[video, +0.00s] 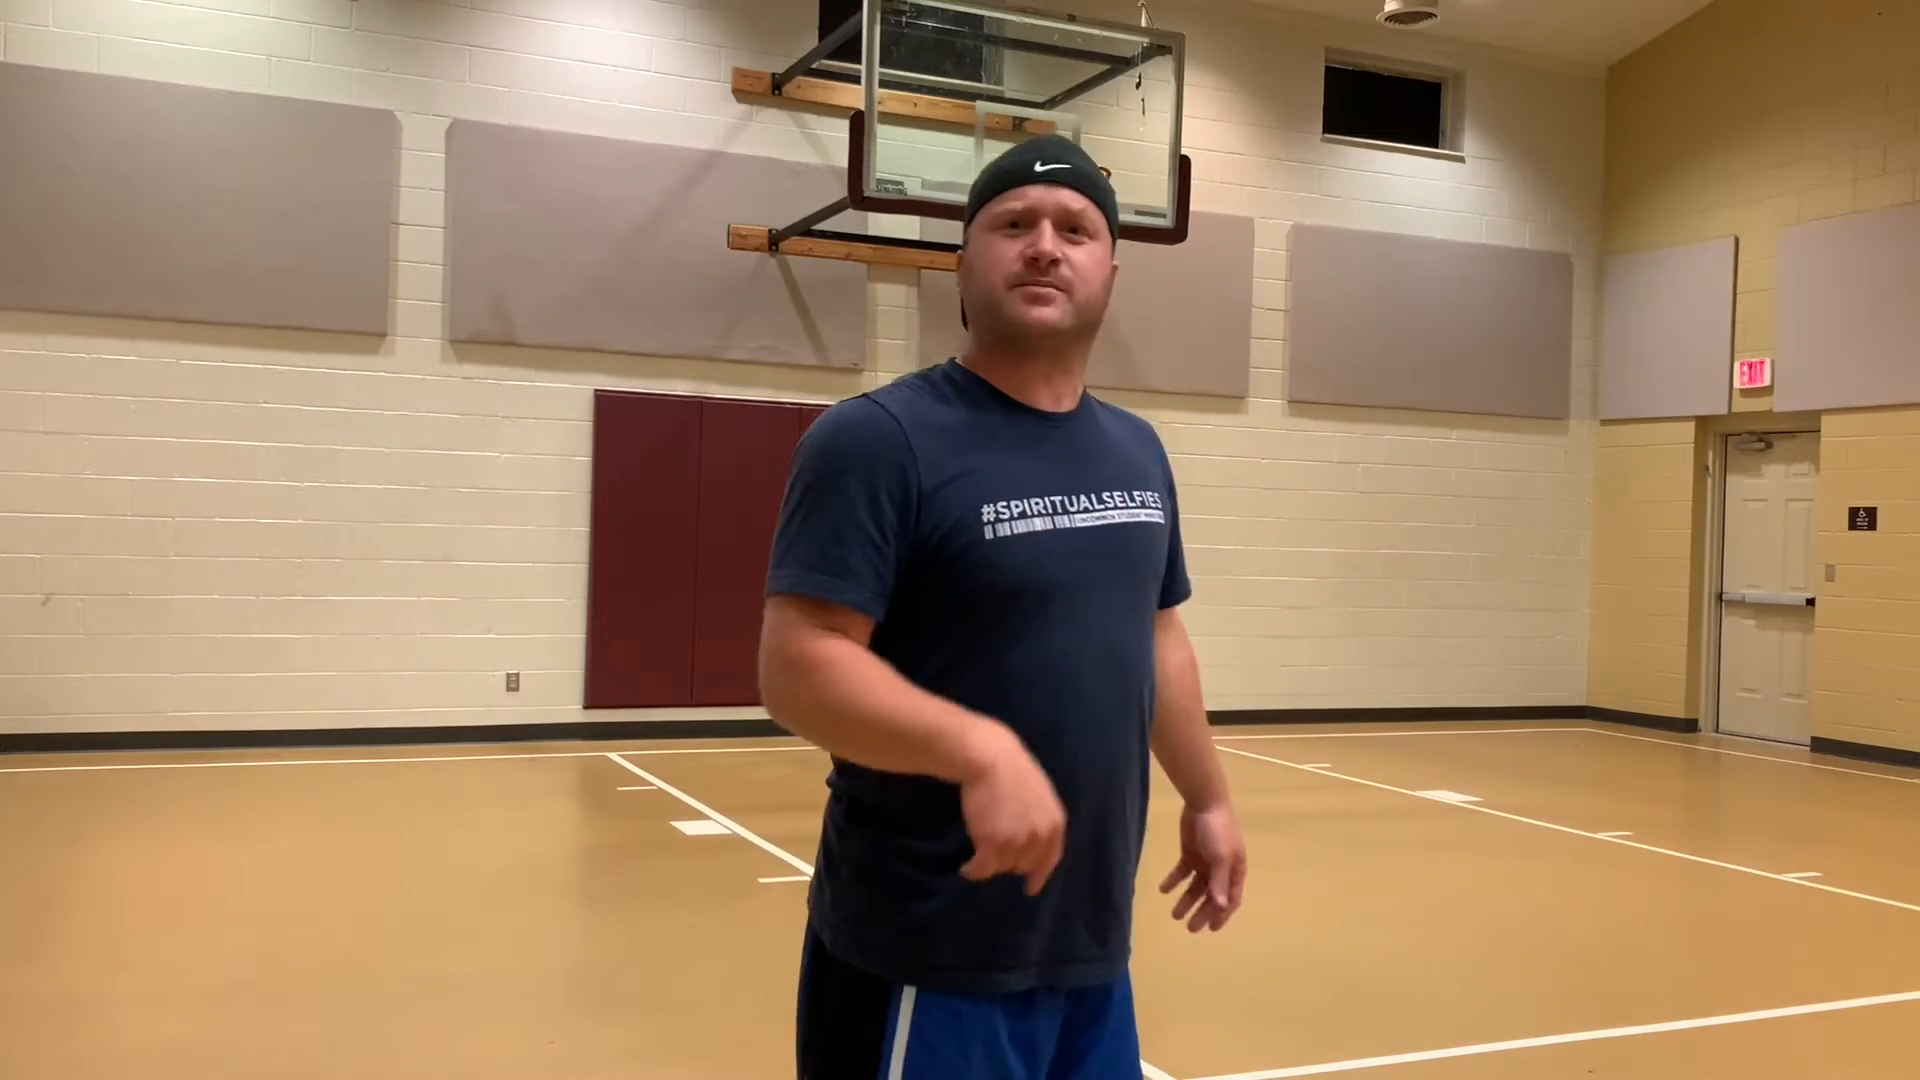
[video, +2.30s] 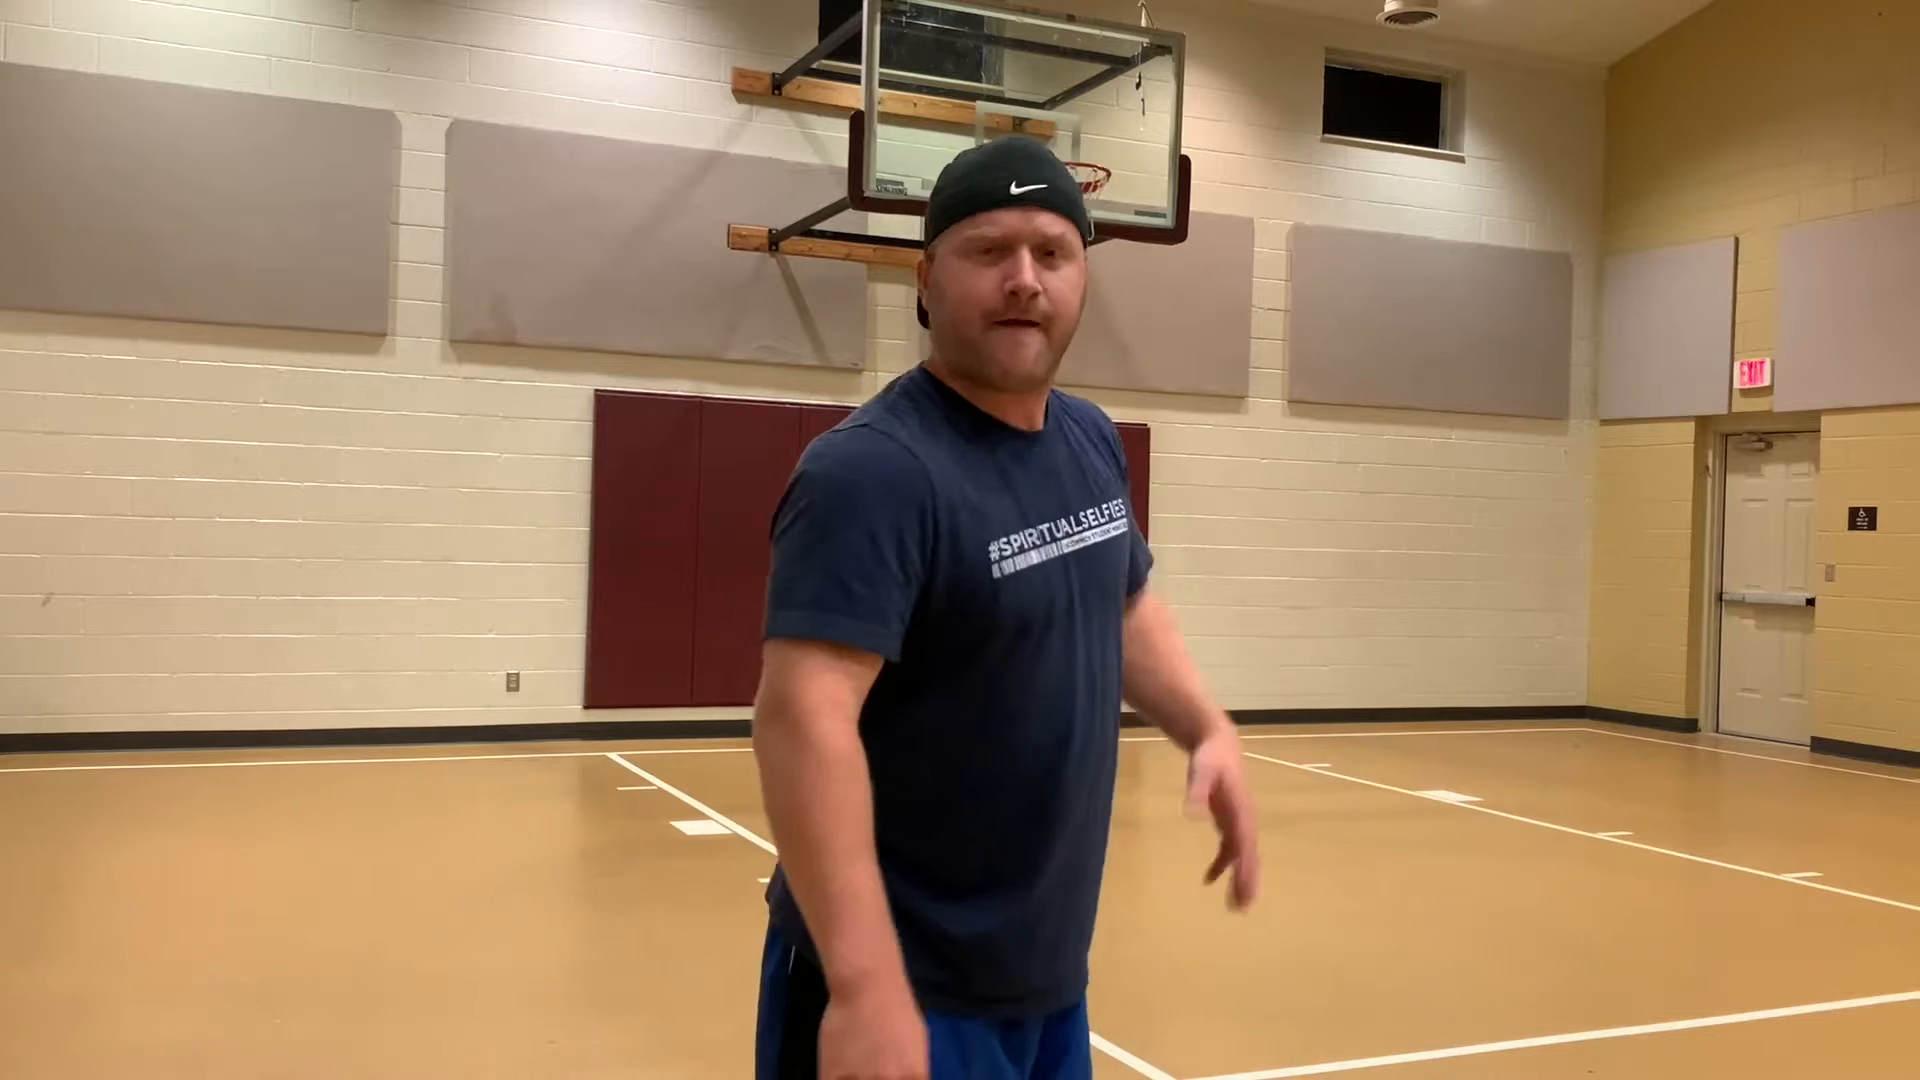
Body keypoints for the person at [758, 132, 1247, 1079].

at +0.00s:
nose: (1044, 247)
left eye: (1074, 229)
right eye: (1014, 224)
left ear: (1112, 273)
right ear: (962, 263)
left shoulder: (1135, 450)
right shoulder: (875, 440)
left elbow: (1155, 631)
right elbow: (797, 663)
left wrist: (1207, 794)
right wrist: (981, 750)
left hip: (1089, 947)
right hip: (918, 958)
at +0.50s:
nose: (995, 247)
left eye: (1025, 223)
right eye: (960, 223)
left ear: (1065, 260)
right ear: (907, 263)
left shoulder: (1097, 437)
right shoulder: (835, 455)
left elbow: (1134, 618)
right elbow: (797, 710)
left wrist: (1242, 763)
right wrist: (974, 626)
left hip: (1072, 954)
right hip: (901, 973)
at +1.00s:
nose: (1005, 246)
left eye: (1036, 223)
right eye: (971, 219)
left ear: (1073, 263)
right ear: (914, 257)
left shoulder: (1106, 443)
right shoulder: (837, 448)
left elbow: (1147, 633)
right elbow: (806, 694)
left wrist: (1238, 804)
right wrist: (1039, 730)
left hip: (1076, 960)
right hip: (903, 977)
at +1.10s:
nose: (1025, 271)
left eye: (1059, 248)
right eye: (997, 235)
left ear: (1092, 280)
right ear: (937, 248)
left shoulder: (1104, 445)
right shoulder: (834, 450)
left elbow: (1142, 635)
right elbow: (790, 694)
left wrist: (1236, 807)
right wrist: (997, 810)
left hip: (1079, 981)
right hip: (902, 994)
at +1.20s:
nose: (1030, 275)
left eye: (1066, 253)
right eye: (1003, 240)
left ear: (1099, 281)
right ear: (943, 251)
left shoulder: (1113, 448)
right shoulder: (838, 452)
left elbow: (1143, 641)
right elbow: (788, 698)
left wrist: (1224, 821)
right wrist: (942, 883)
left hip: (1076, 972)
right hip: (893, 986)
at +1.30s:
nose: (1023, 274)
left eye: (1056, 248)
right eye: (992, 242)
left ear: (1095, 269)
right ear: (936, 254)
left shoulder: (1118, 450)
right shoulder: (840, 453)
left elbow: (1147, 648)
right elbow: (794, 701)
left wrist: (1214, 833)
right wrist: (882, 947)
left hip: (1075, 969)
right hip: (902, 992)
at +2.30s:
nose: (1023, 280)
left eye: (1051, 254)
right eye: (988, 251)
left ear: (1084, 283)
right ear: (928, 278)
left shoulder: (1085, 439)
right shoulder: (869, 471)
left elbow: (1128, 608)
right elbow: (801, 714)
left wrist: (1207, 728)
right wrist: (864, 986)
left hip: (1046, 977)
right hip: (896, 995)